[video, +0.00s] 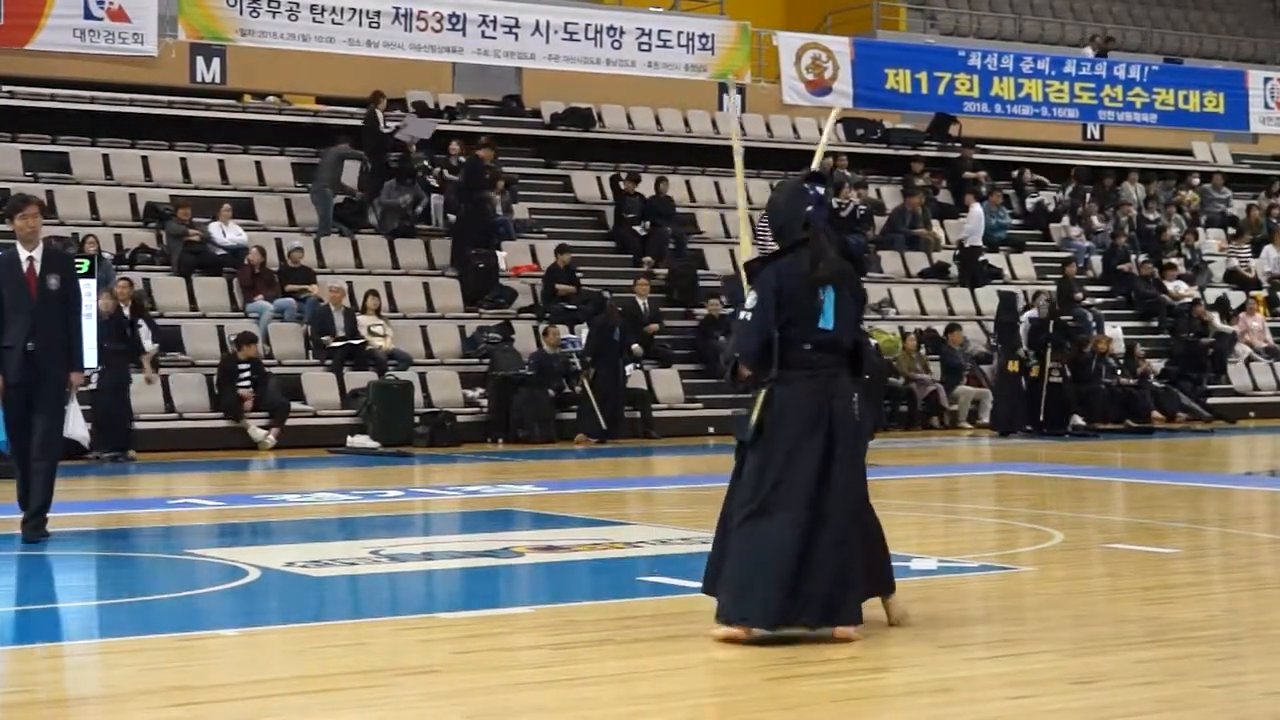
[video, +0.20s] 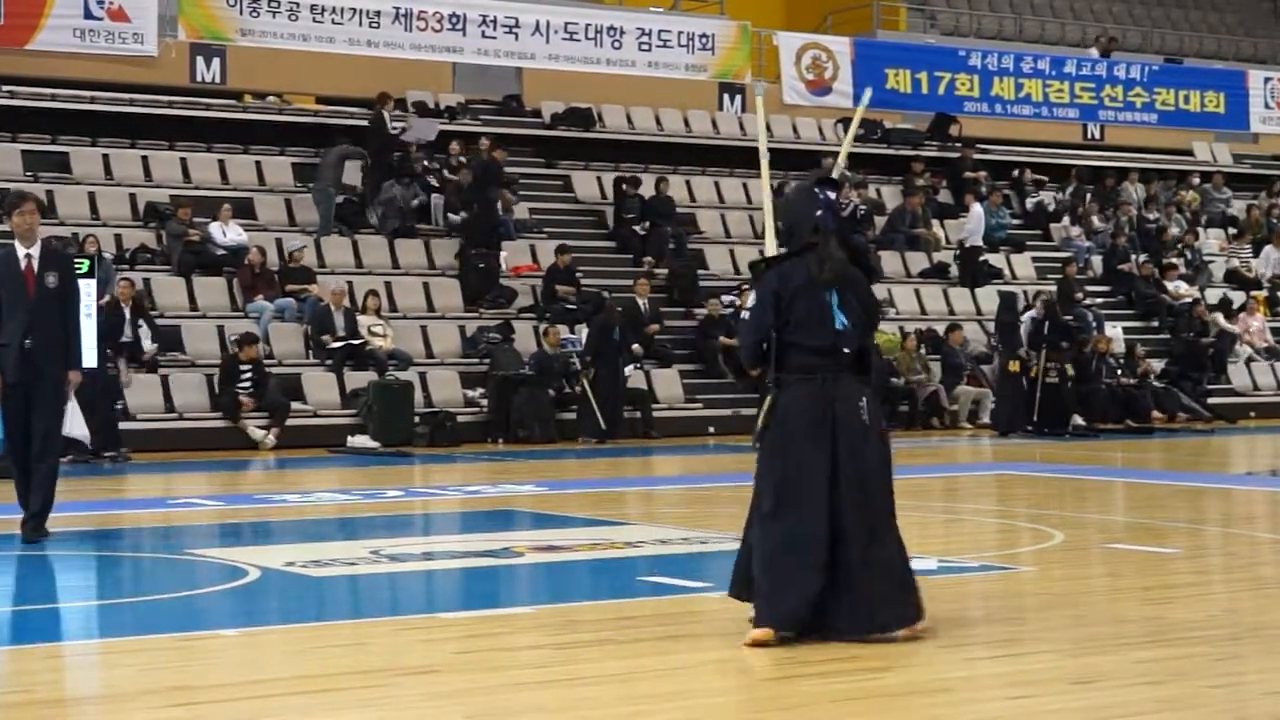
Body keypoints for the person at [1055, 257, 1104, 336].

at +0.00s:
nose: (1073, 269)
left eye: (1074, 266)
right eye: (1070, 266)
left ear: (1076, 268)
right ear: (1064, 268)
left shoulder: (1075, 281)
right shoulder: (1063, 282)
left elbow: (1084, 291)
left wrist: (1081, 295)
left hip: (1080, 304)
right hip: (1068, 306)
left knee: (1098, 315)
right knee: (1086, 315)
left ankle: (1101, 338)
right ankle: (1089, 339)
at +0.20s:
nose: (1073, 269)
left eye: (1074, 266)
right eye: (1070, 266)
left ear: (1076, 268)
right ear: (1065, 269)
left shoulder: (1075, 281)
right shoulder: (1063, 282)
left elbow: (1085, 291)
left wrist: (1081, 295)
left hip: (1080, 304)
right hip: (1069, 306)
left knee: (1099, 314)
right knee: (1087, 315)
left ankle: (1101, 337)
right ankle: (1090, 339)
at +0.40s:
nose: (1074, 269)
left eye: (1075, 266)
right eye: (1071, 266)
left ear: (1077, 268)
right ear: (1065, 269)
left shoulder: (1076, 280)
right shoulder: (1063, 282)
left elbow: (1085, 291)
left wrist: (1082, 294)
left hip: (1080, 304)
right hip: (1069, 306)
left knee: (1098, 314)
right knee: (1087, 315)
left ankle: (1101, 337)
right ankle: (1090, 338)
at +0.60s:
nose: (1074, 269)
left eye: (1075, 266)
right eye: (1071, 266)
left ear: (1077, 268)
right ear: (1066, 268)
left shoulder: (1076, 280)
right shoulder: (1064, 281)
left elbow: (1085, 290)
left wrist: (1082, 294)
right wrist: (1084, 291)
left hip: (1081, 304)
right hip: (1070, 306)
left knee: (1099, 314)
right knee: (1087, 315)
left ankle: (1102, 337)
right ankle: (1090, 339)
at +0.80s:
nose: (1074, 268)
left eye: (1075, 266)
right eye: (1071, 266)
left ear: (1077, 267)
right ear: (1066, 268)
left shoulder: (1077, 280)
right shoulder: (1063, 281)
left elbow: (1086, 291)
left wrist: (1082, 294)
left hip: (1081, 304)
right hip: (1070, 306)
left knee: (1099, 314)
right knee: (1087, 315)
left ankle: (1102, 337)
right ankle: (1090, 338)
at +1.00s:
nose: (1074, 269)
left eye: (1075, 266)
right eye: (1071, 266)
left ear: (1077, 267)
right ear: (1066, 268)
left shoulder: (1077, 280)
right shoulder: (1063, 281)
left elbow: (1086, 292)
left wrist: (1082, 294)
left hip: (1082, 304)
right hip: (1070, 306)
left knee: (1099, 314)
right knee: (1087, 315)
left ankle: (1102, 337)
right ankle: (1090, 339)